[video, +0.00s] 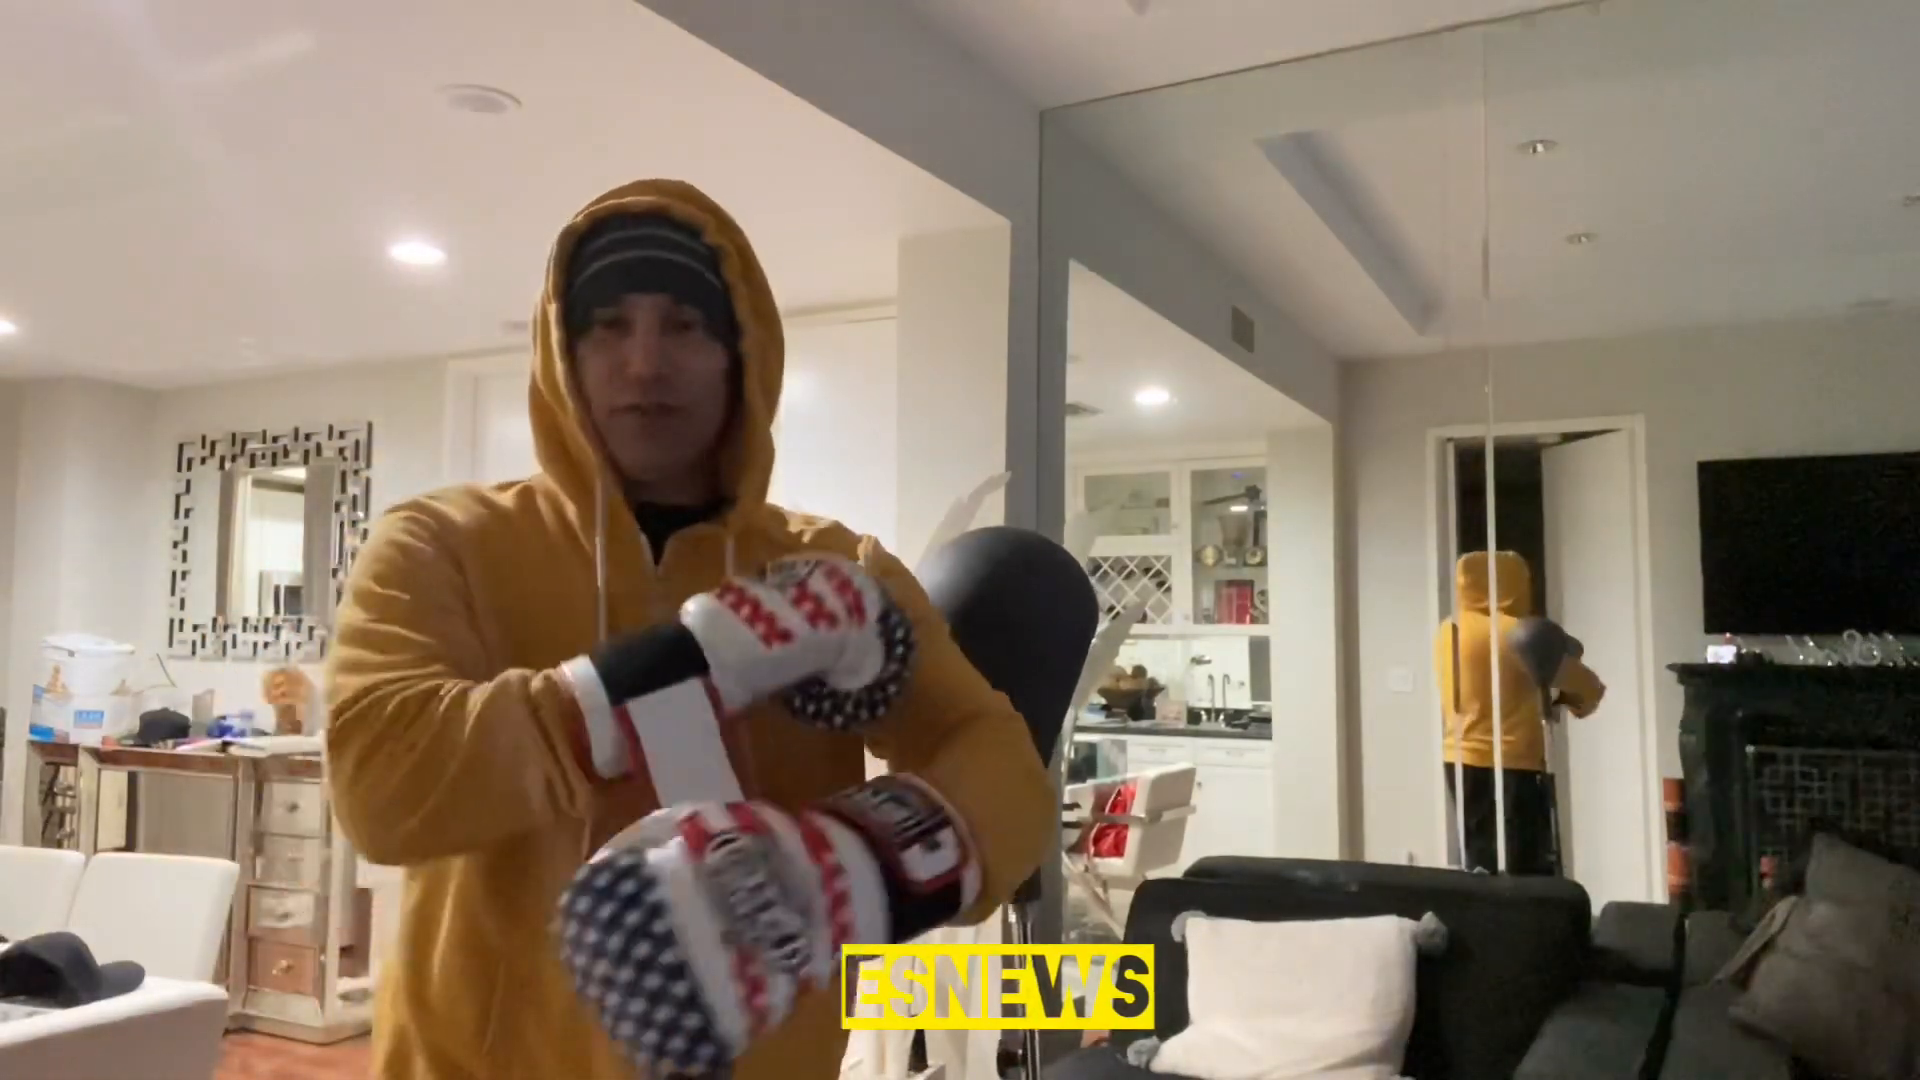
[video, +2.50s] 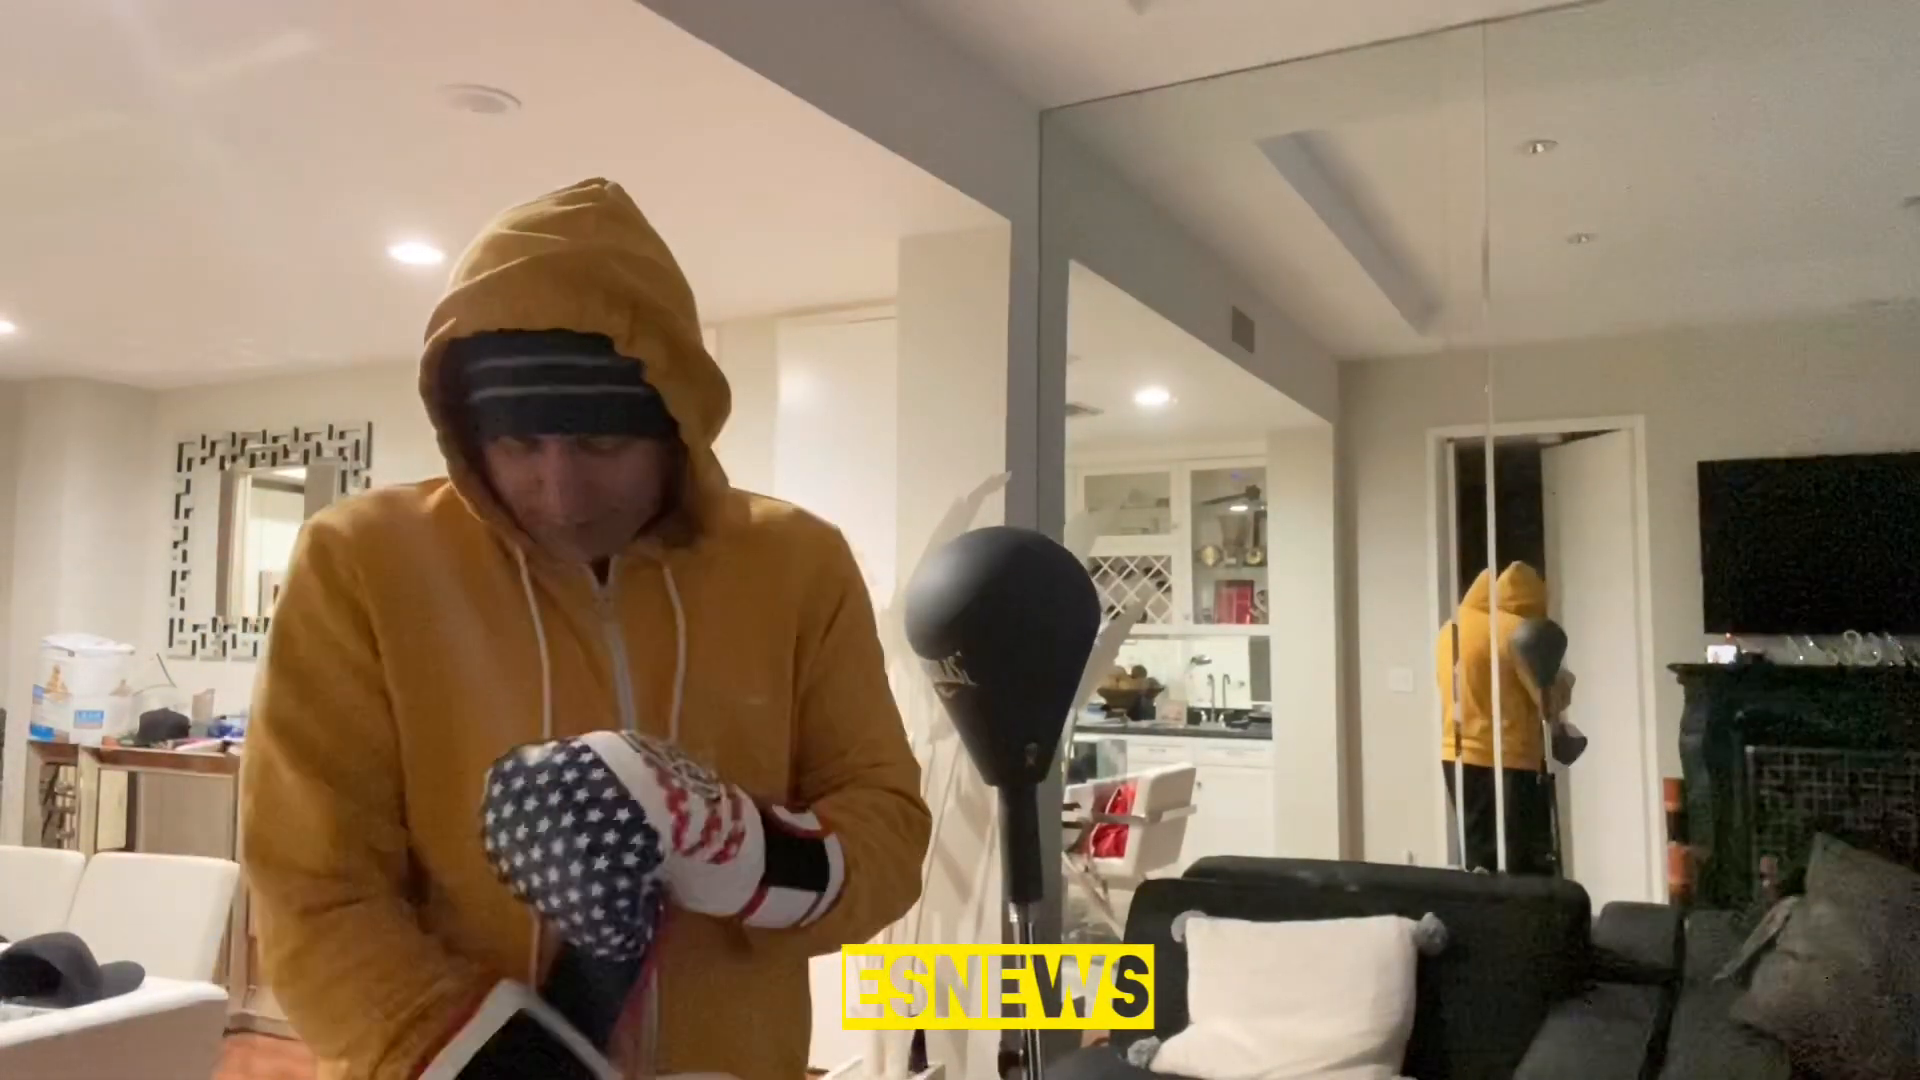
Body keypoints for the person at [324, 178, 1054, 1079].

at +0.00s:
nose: (645, 365)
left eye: (685, 325)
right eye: (611, 325)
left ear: (739, 360)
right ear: (565, 358)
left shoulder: (836, 574)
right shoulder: (439, 548)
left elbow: (1004, 773)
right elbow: (386, 790)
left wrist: (856, 861)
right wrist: (689, 657)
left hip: (768, 1060)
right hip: (484, 1052)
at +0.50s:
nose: (642, 458)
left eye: (683, 415)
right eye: (606, 415)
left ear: (743, 422)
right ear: (559, 422)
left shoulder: (839, 604)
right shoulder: (441, 569)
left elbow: (929, 837)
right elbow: (343, 839)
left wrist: (869, 1010)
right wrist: (586, 908)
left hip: (759, 1066)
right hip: (481, 1059)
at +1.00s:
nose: (681, 500)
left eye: (717, 461)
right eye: (646, 458)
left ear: (755, 458)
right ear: (576, 439)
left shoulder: (806, 597)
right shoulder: (418, 572)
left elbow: (864, 821)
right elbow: (339, 902)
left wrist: (913, 924)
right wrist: (562, 1053)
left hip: (758, 1062)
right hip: (509, 1060)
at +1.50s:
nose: (595, 502)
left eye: (636, 452)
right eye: (555, 453)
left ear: (689, 436)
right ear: (490, 438)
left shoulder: (784, 571)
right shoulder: (361, 581)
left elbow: (854, 810)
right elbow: (289, 916)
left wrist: (784, 909)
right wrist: (472, 1051)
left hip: (737, 1060)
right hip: (482, 1062)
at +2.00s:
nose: (523, 500)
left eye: (569, 445)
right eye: (480, 451)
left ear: (651, 423)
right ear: (433, 441)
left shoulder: (783, 569)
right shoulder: (333, 596)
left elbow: (877, 814)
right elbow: (273, 942)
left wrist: (756, 888)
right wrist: (388, 1069)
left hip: (724, 1058)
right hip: (457, 1060)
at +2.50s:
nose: (559, 495)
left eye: (603, 442)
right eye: (520, 444)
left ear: (676, 424)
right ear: (470, 432)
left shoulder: (797, 566)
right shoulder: (363, 565)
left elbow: (889, 829)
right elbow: (317, 897)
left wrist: (728, 846)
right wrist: (477, 1045)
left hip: (729, 1062)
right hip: (476, 1060)